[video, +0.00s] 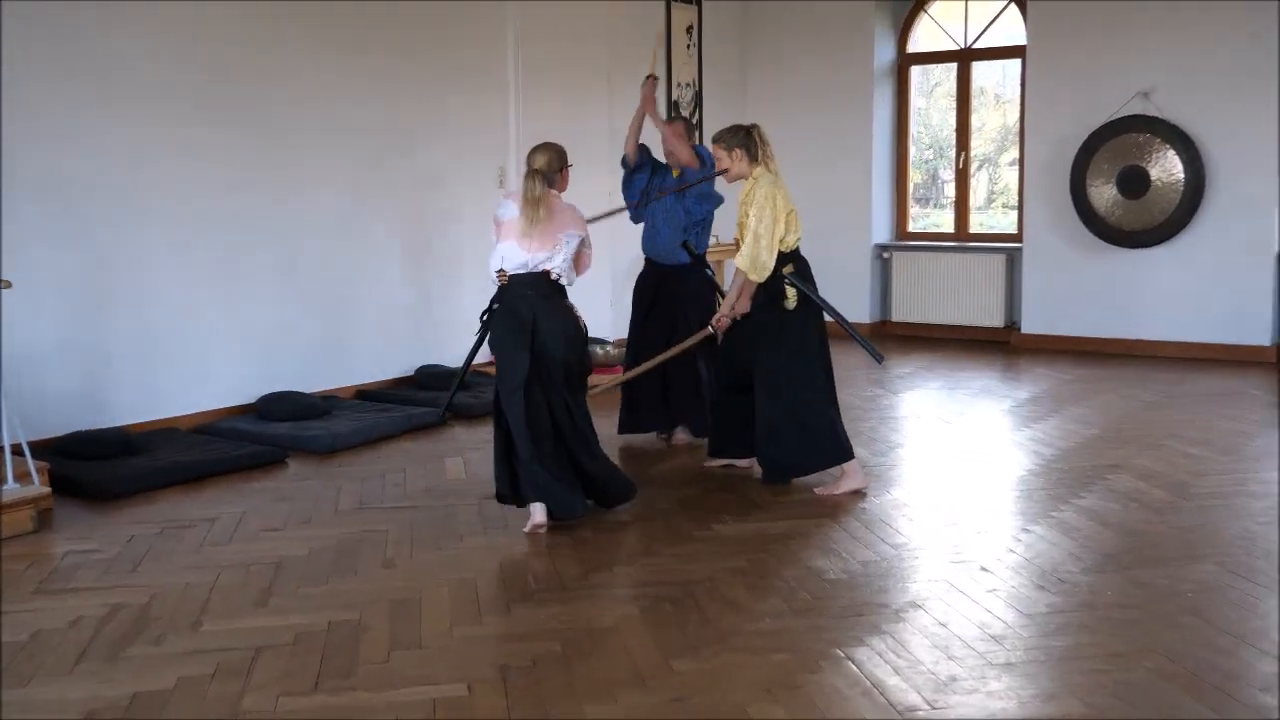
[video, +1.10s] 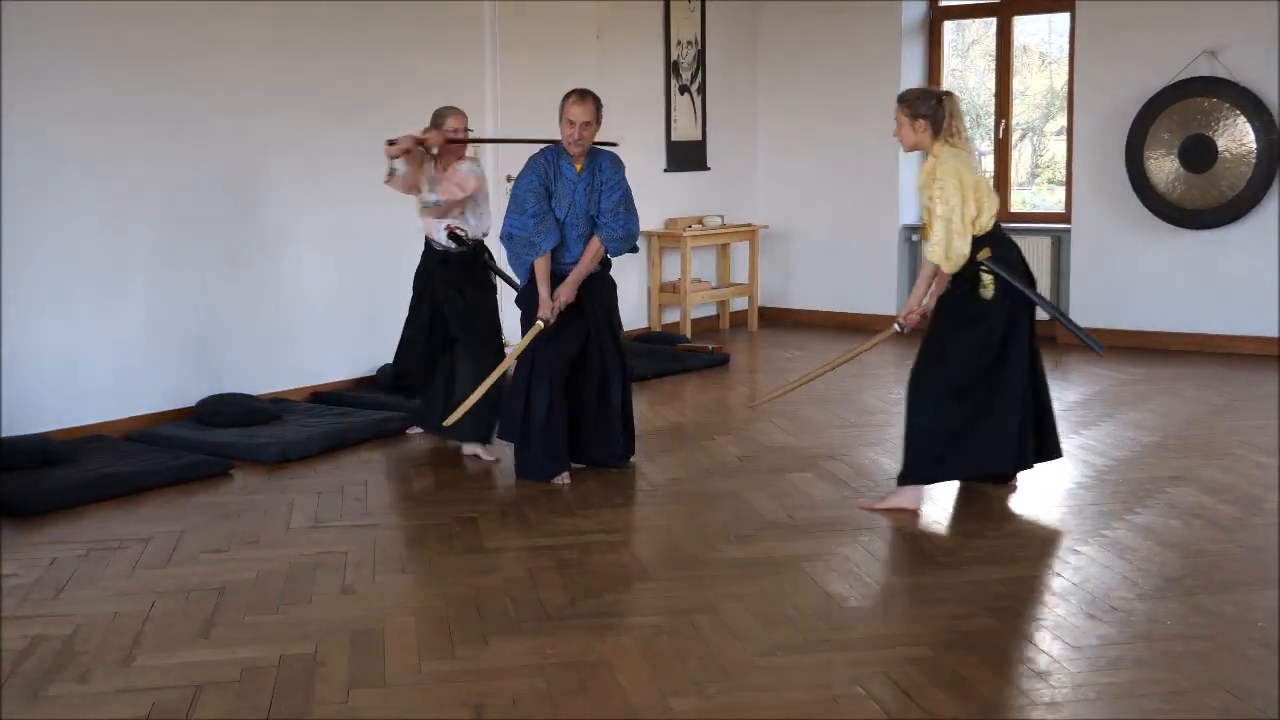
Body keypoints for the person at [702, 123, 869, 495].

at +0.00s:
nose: (719, 167)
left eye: (721, 159)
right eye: (717, 160)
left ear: (738, 154)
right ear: (739, 155)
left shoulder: (764, 187)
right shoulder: (755, 188)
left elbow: (760, 252)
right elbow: (747, 251)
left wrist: (741, 298)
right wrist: (729, 301)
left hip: (786, 284)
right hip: (767, 283)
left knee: (802, 376)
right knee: (737, 358)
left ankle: (851, 469)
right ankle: (742, 450)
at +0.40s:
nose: (768, 156)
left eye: (770, 147)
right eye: (767, 147)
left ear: (790, 141)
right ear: (794, 141)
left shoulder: (815, 175)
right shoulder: (817, 170)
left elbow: (810, 247)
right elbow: (804, 244)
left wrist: (787, 299)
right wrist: (780, 298)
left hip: (844, 283)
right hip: (831, 280)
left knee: (845, 380)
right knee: (782, 364)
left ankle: (866, 483)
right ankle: (766, 453)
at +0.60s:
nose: (803, 146)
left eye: (806, 137)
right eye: (803, 137)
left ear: (826, 136)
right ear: (837, 135)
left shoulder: (844, 175)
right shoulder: (867, 167)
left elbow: (849, 255)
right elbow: (845, 253)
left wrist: (823, 311)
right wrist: (821, 308)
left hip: (877, 291)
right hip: (902, 284)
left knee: (838, 388)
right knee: (885, 383)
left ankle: (869, 490)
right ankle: (884, 485)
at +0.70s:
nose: (818, 143)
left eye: (821, 135)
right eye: (818, 134)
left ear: (843, 135)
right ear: (854, 134)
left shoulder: (859, 175)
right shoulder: (883, 164)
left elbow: (864, 257)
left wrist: (839, 313)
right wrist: (847, 308)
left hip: (892, 288)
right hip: (918, 279)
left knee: (842, 383)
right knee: (894, 379)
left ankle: (869, 492)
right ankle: (901, 478)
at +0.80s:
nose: (837, 139)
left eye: (841, 131)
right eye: (838, 131)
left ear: (862, 132)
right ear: (870, 131)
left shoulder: (879, 171)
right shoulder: (902, 163)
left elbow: (883, 255)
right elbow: (925, 218)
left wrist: (859, 313)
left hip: (911, 284)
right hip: (939, 273)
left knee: (855, 380)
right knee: (916, 376)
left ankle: (875, 492)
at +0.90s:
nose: (858, 136)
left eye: (861, 128)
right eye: (858, 128)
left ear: (884, 129)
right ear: (893, 129)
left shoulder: (901, 170)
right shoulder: (925, 161)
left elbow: (905, 255)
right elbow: (945, 223)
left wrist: (878, 314)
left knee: (873, 377)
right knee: (963, 368)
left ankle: (878, 492)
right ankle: (990, 460)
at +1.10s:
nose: (895, 133)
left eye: (899, 124)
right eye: (896, 124)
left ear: (921, 125)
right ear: (928, 125)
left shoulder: (947, 166)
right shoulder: (945, 160)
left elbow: (952, 242)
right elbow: (937, 240)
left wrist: (930, 298)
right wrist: (916, 295)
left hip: (981, 278)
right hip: (999, 271)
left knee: (928, 374)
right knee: (993, 368)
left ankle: (910, 487)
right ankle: (1001, 465)